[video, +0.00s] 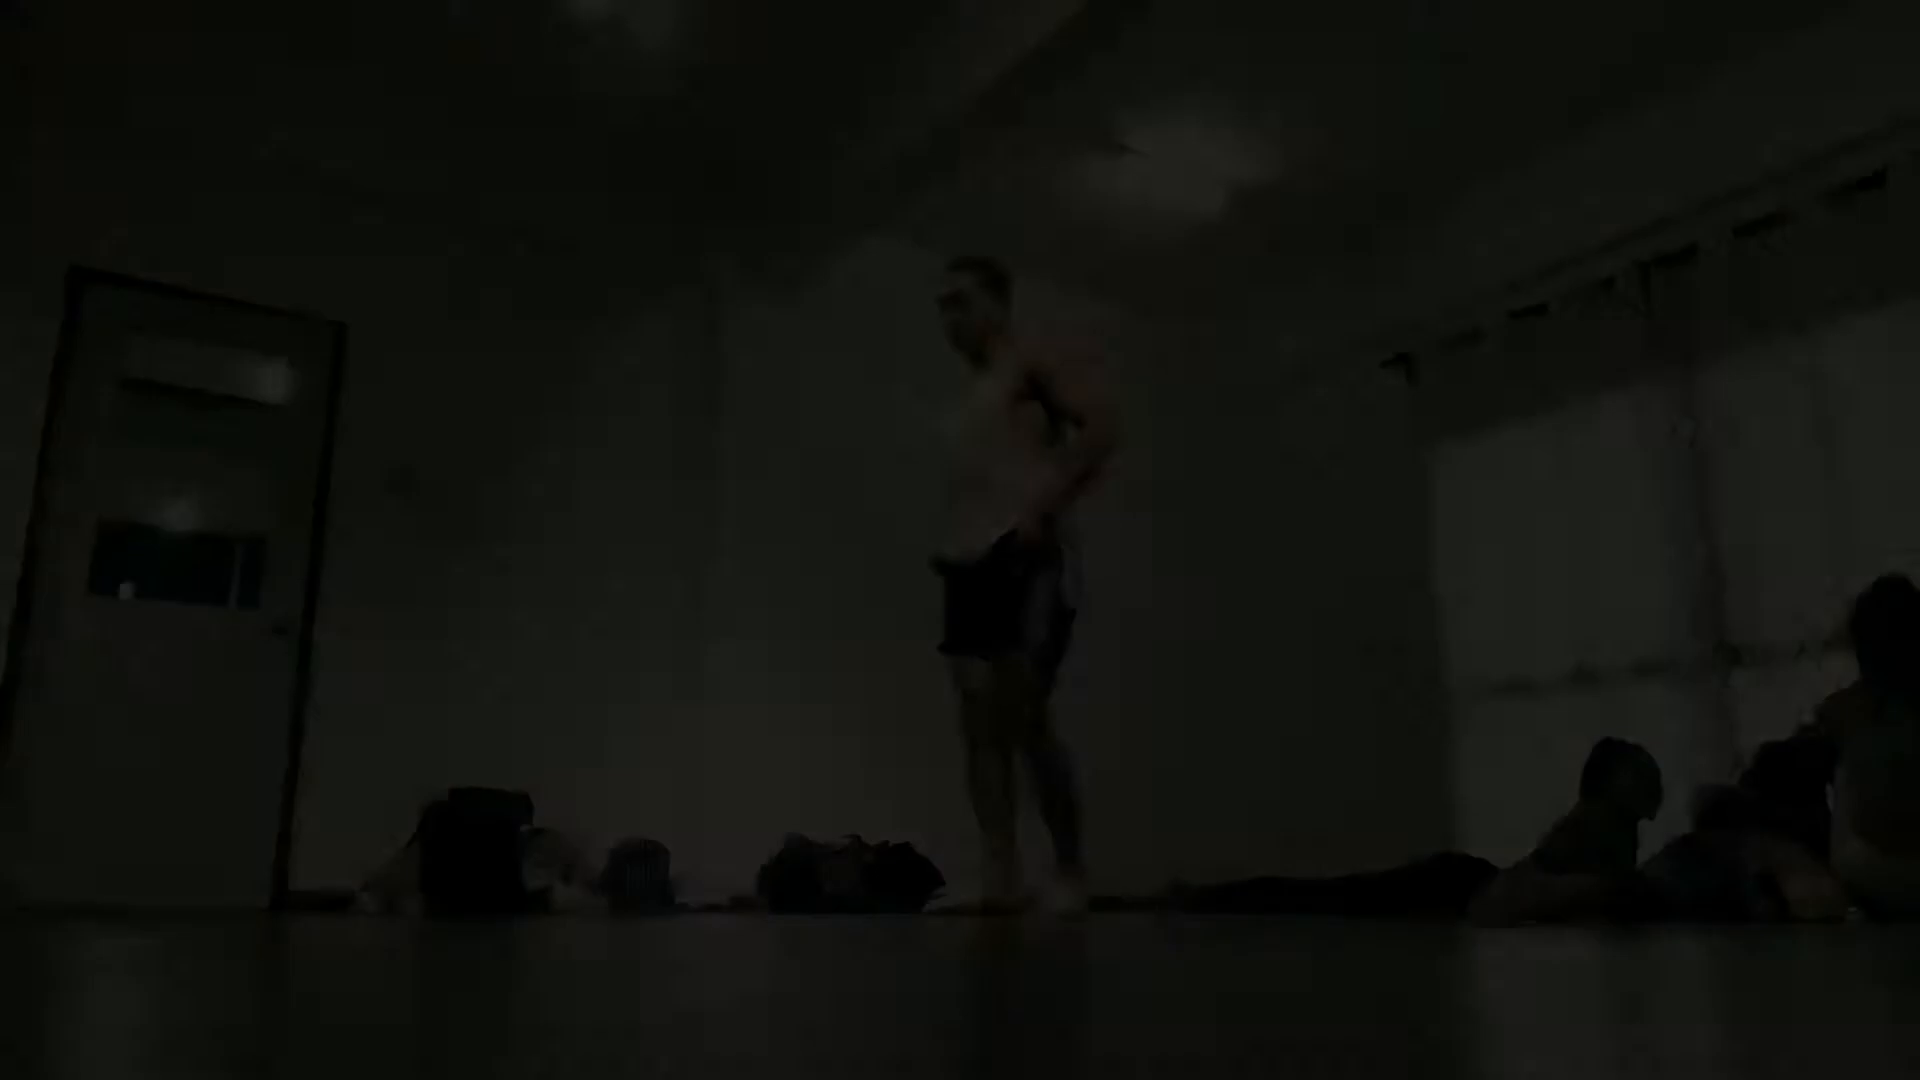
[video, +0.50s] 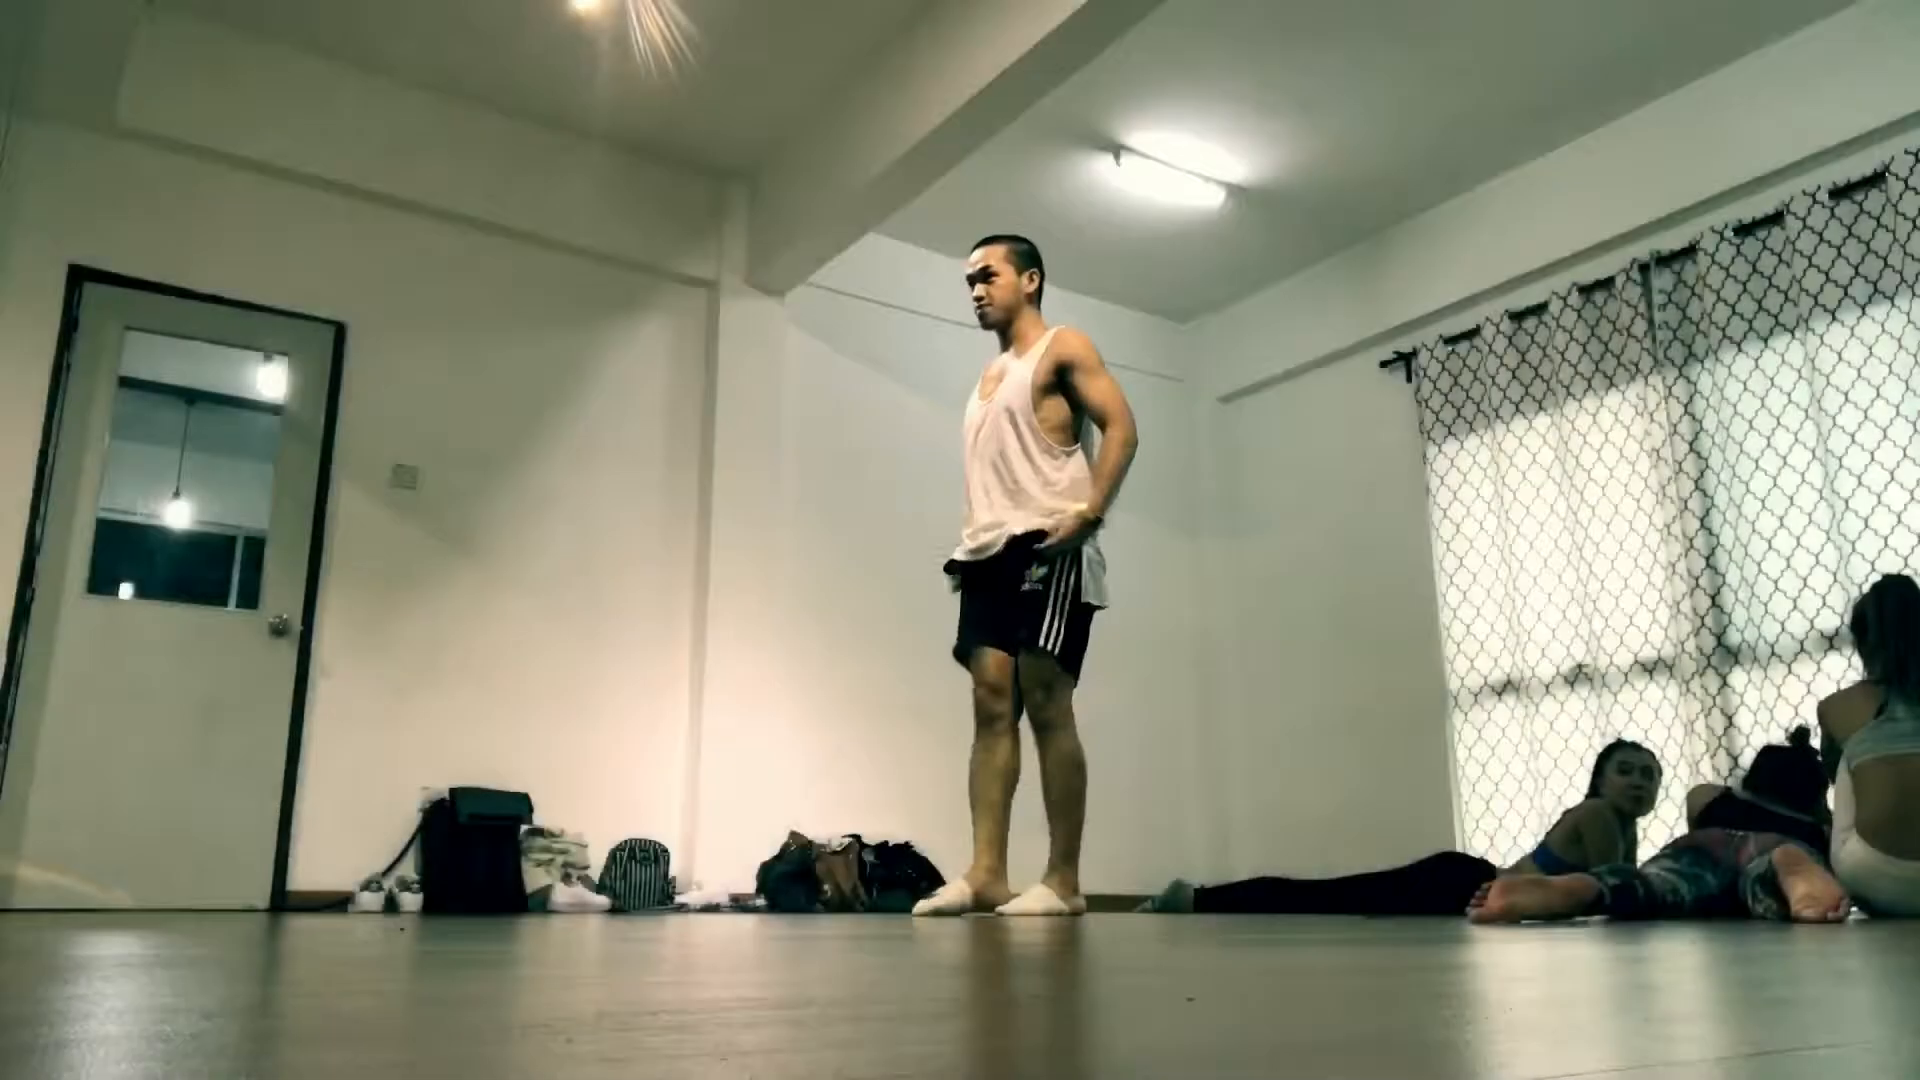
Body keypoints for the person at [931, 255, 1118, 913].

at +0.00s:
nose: (953, 322)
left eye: (963, 306)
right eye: (946, 308)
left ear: (996, 307)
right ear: (945, 317)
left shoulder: (1029, 376)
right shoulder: (961, 389)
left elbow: (1094, 440)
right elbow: (972, 471)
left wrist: (1043, 512)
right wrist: (955, 538)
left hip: (1026, 564)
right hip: (966, 569)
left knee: (1026, 720)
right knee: (979, 728)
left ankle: (1067, 875)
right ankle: (1000, 879)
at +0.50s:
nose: (975, 288)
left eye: (987, 276)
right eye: (972, 281)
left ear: (1030, 282)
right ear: (982, 296)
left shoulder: (1064, 347)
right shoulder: (993, 373)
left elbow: (1121, 427)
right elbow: (998, 469)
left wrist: (1090, 512)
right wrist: (972, 544)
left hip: (1049, 548)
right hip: (989, 554)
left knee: (1046, 702)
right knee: (991, 702)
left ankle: (1062, 882)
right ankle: (986, 873)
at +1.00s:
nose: (998, 301)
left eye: (1012, 290)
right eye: (995, 294)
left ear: (1054, 300)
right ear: (1001, 311)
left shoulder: (1095, 375)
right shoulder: (977, 392)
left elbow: (1189, 426)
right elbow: (913, 458)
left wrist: (1279, 454)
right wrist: (844, 448)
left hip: (1070, 558)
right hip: (1005, 576)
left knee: (1069, 710)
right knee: (1042, 727)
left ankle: (1066, 881)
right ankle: (1115, 859)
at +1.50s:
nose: (960, 351)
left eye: (974, 340)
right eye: (962, 341)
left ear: (1013, 353)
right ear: (995, 356)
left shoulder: (1024, 411)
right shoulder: (997, 454)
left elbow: (1025, 421)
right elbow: (941, 515)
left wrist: (976, 416)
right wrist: (864, 527)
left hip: (1048, 602)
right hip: (1086, 611)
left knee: (952, 725)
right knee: (1042, 756)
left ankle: (1045, 874)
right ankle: (1129, 885)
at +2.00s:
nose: (961, 266)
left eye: (976, 253)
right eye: (958, 256)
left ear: (1017, 262)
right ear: (961, 273)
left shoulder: (1051, 318)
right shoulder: (960, 368)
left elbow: (1034, 348)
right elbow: (900, 450)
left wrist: (924, 339)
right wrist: (845, 436)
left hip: (1042, 533)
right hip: (970, 521)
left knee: (1027, 700)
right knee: (849, 523)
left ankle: (1020, 873)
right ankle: (970, 611)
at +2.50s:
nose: (943, 279)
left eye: (956, 265)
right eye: (937, 270)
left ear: (997, 273)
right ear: (937, 286)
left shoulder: (1043, 355)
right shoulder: (926, 337)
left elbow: (1112, 414)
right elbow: (900, 381)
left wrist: (1165, 413)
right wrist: (918, 367)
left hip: (1002, 519)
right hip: (926, 514)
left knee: (982, 698)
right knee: (1021, 483)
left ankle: (953, 872)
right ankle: (1162, 602)